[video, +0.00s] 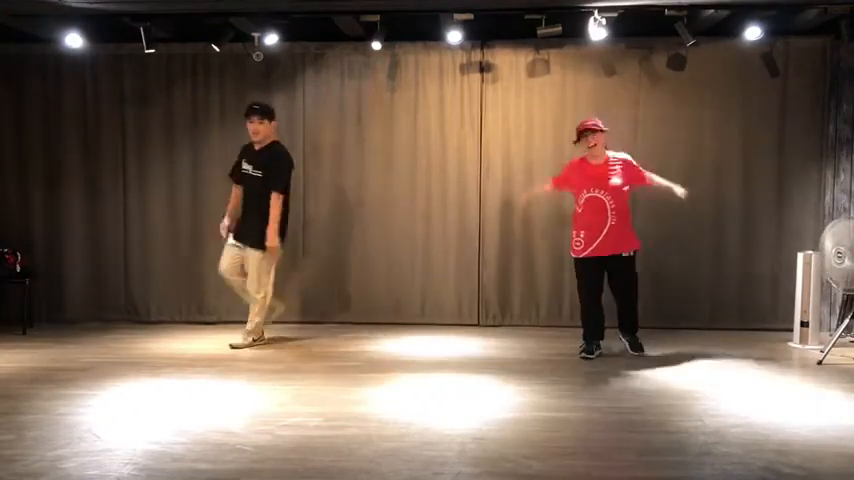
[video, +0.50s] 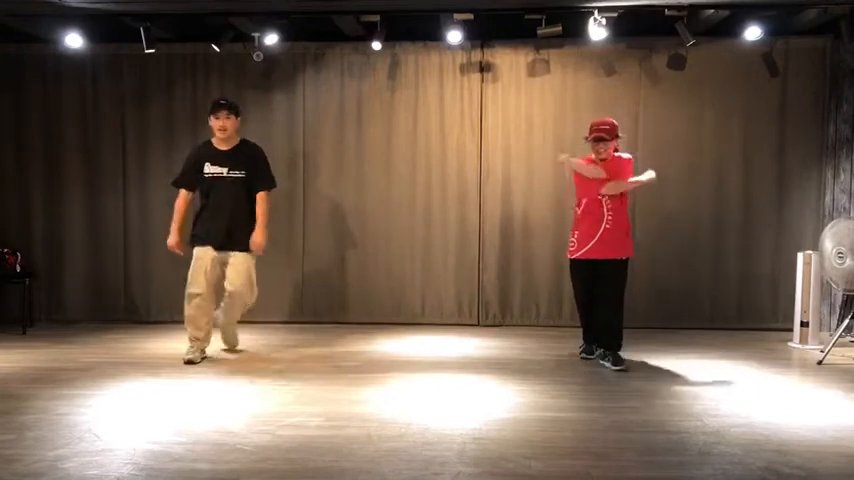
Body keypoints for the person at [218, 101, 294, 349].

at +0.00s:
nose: (253, 128)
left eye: (259, 123)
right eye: (250, 123)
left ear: (272, 125)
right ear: (246, 126)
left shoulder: (280, 157)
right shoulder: (247, 151)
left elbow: (276, 198)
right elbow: (238, 187)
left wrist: (272, 232)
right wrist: (229, 217)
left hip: (264, 233)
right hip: (242, 228)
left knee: (259, 288)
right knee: (228, 270)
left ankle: (254, 331)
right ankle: (267, 305)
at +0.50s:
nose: (222, 123)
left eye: (228, 117)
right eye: (217, 118)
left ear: (238, 121)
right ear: (210, 122)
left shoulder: (253, 153)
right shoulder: (200, 153)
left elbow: (262, 195)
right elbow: (184, 193)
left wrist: (260, 231)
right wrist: (175, 232)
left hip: (241, 239)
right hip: (207, 238)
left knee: (242, 291)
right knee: (198, 293)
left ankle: (227, 323)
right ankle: (196, 344)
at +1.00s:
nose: (267, 119)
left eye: (273, 114)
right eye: (262, 113)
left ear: (278, 120)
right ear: (250, 116)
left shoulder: (283, 159)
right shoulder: (233, 147)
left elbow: (285, 201)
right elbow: (216, 184)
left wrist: (285, 238)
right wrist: (220, 223)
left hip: (270, 241)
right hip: (235, 239)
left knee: (272, 302)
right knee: (214, 299)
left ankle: (271, 358)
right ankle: (198, 341)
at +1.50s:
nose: (328, 118)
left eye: (333, 112)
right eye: (321, 112)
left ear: (337, 116)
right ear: (308, 115)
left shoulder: (341, 153)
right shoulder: (295, 151)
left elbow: (357, 193)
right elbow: (284, 196)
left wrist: (377, 225)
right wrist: (285, 240)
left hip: (331, 243)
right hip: (308, 243)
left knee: (303, 307)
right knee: (333, 304)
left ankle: (274, 358)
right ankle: (359, 365)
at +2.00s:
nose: (420, 111)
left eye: (425, 107)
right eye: (414, 104)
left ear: (429, 112)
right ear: (400, 105)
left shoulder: (423, 150)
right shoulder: (385, 142)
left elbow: (422, 198)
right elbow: (386, 190)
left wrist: (424, 237)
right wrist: (416, 232)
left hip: (418, 244)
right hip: (387, 244)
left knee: (438, 304)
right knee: (380, 311)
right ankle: (371, 372)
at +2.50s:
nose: (536, 112)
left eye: (538, 106)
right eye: (532, 104)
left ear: (524, 106)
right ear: (512, 101)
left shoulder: (525, 143)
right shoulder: (488, 140)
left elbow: (539, 194)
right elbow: (478, 193)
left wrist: (561, 231)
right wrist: (477, 242)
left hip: (519, 240)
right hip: (500, 242)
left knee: (500, 312)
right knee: (528, 305)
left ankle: (486, 378)